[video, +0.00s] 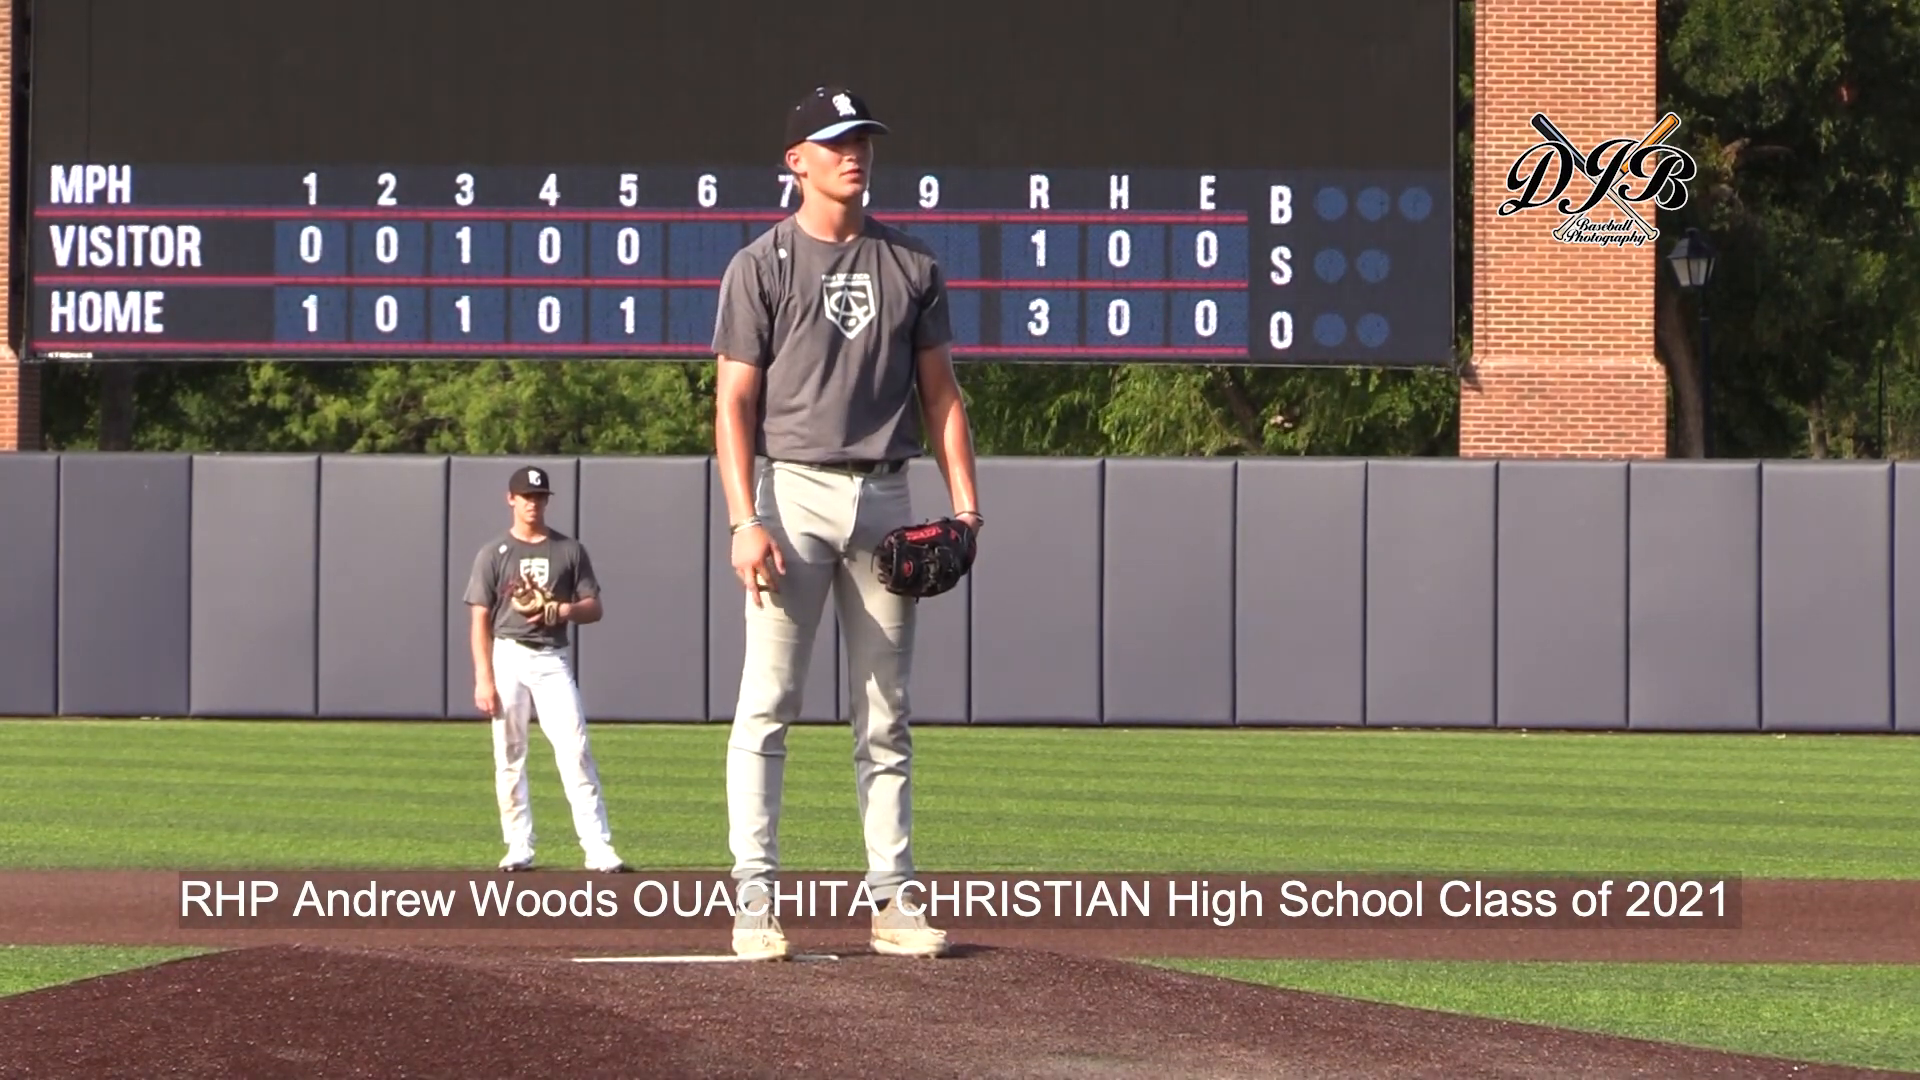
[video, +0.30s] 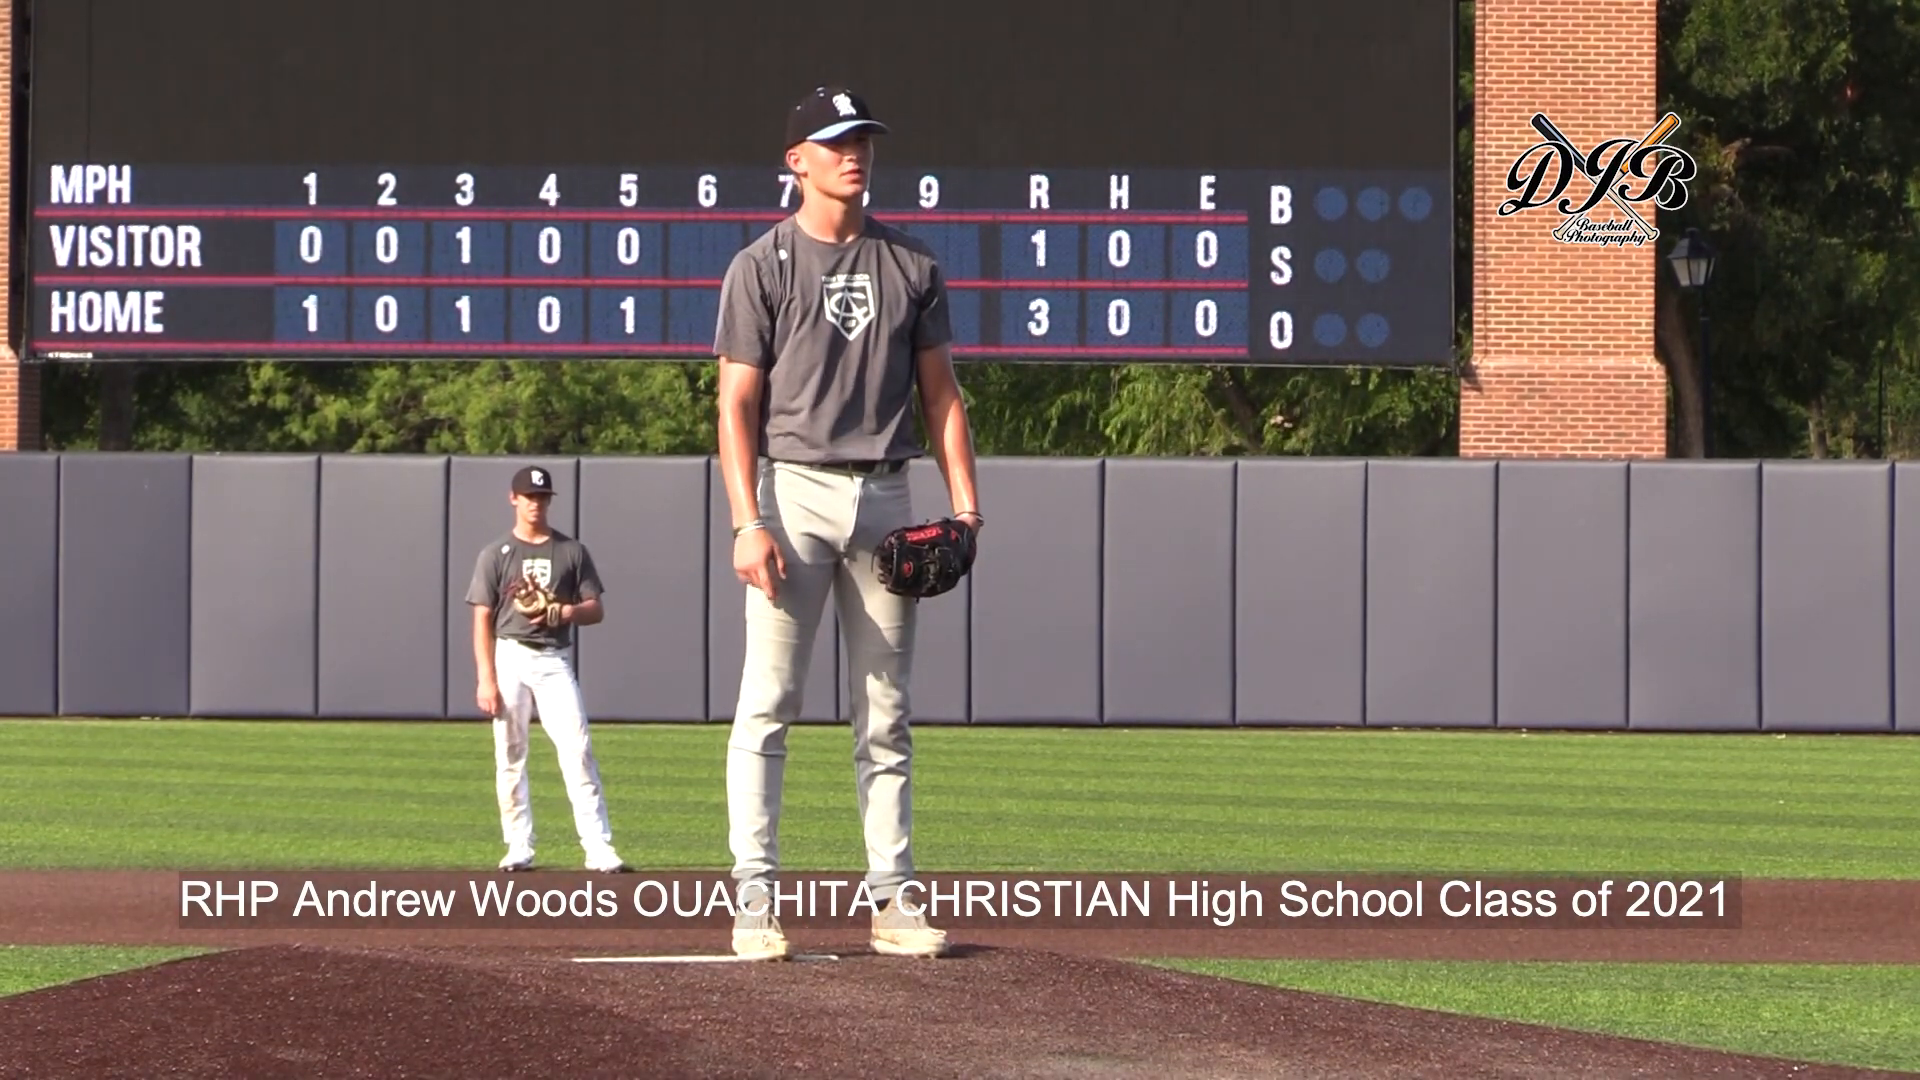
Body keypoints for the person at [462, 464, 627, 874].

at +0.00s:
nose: (534, 504)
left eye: (540, 497)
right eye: (527, 497)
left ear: (548, 500)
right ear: (511, 500)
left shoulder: (571, 550)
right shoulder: (492, 555)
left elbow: (593, 608)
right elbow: (480, 622)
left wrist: (560, 610)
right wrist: (484, 680)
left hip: (552, 658)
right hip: (505, 656)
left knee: (576, 749)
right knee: (509, 756)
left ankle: (599, 852)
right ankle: (519, 850)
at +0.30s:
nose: (536, 504)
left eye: (542, 497)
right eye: (529, 497)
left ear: (550, 500)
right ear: (514, 500)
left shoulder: (573, 551)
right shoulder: (495, 555)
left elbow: (595, 609)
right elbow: (482, 622)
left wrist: (563, 611)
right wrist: (486, 680)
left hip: (555, 659)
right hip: (508, 657)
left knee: (578, 749)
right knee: (510, 756)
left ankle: (600, 852)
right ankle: (519, 850)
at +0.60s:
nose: (537, 504)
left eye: (543, 497)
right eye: (530, 497)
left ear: (551, 500)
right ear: (515, 499)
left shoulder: (573, 552)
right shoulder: (495, 555)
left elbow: (594, 610)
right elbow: (482, 621)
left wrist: (563, 612)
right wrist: (487, 679)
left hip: (555, 660)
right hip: (508, 657)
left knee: (578, 749)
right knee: (510, 756)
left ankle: (600, 851)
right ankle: (519, 850)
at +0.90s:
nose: (536, 504)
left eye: (542, 497)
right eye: (529, 496)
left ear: (550, 500)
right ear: (513, 499)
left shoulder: (571, 552)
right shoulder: (493, 555)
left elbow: (593, 611)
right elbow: (481, 621)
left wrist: (560, 611)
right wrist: (485, 679)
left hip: (553, 659)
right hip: (506, 657)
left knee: (578, 749)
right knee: (509, 756)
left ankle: (600, 851)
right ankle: (519, 850)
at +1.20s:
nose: (533, 504)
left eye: (540, 497)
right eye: (526, 497)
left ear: (548, 500)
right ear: (512, 499)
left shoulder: (570, 552)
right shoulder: (492, 555)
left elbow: (591, 610)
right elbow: (480, 621)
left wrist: (561, 612)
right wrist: (484, 679)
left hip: (553, 659)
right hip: (505, 656)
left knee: (577, 749)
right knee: (509, 757)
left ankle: (600, 851)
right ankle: (518, 850)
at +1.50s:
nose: (532, 504)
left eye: (538, 497)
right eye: (525, 497)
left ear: (547, 500)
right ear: (510, 500)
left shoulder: (569, 551)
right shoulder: (491, 555)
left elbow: (591, 610)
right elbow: (479, 622)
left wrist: (559, 611)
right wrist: (484, 679)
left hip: (552, 658)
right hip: (505, 656)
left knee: (576, 749)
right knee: (509, 757)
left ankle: (599, 851)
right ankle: (519, 850)